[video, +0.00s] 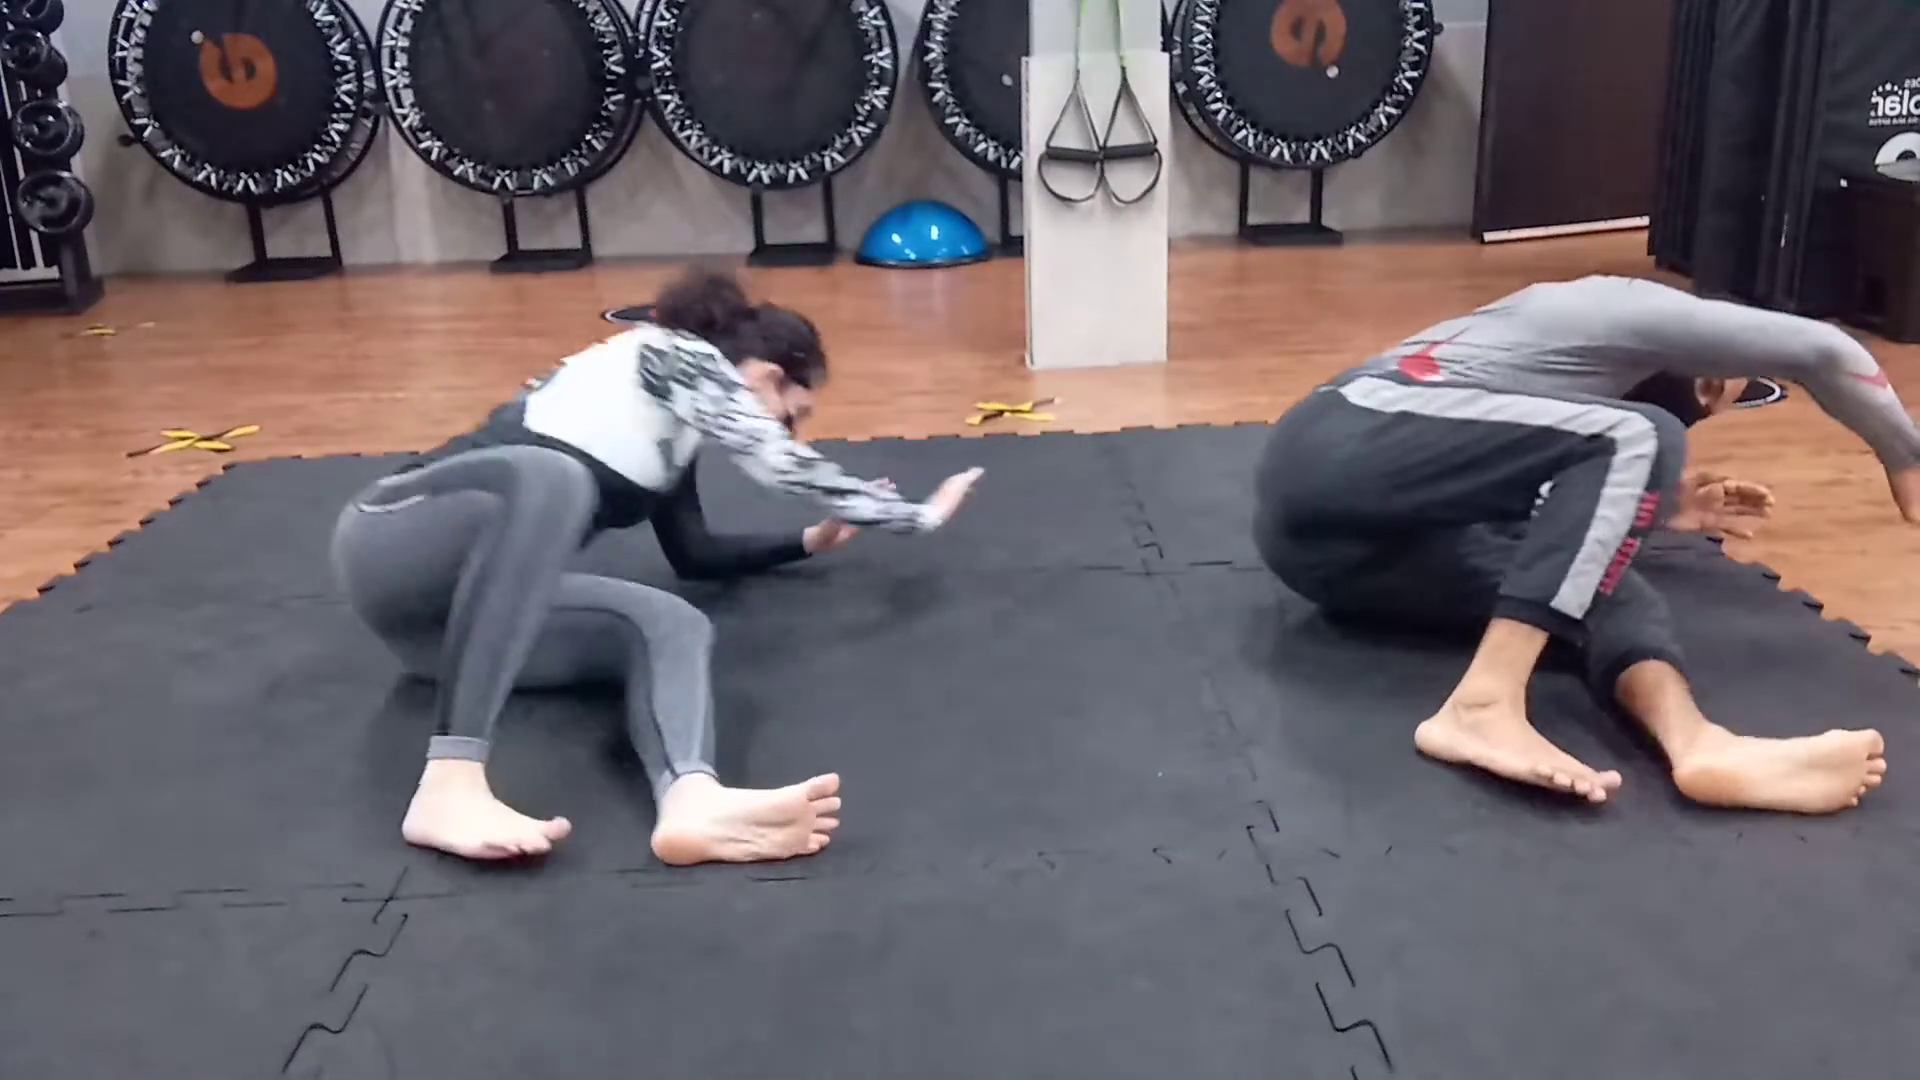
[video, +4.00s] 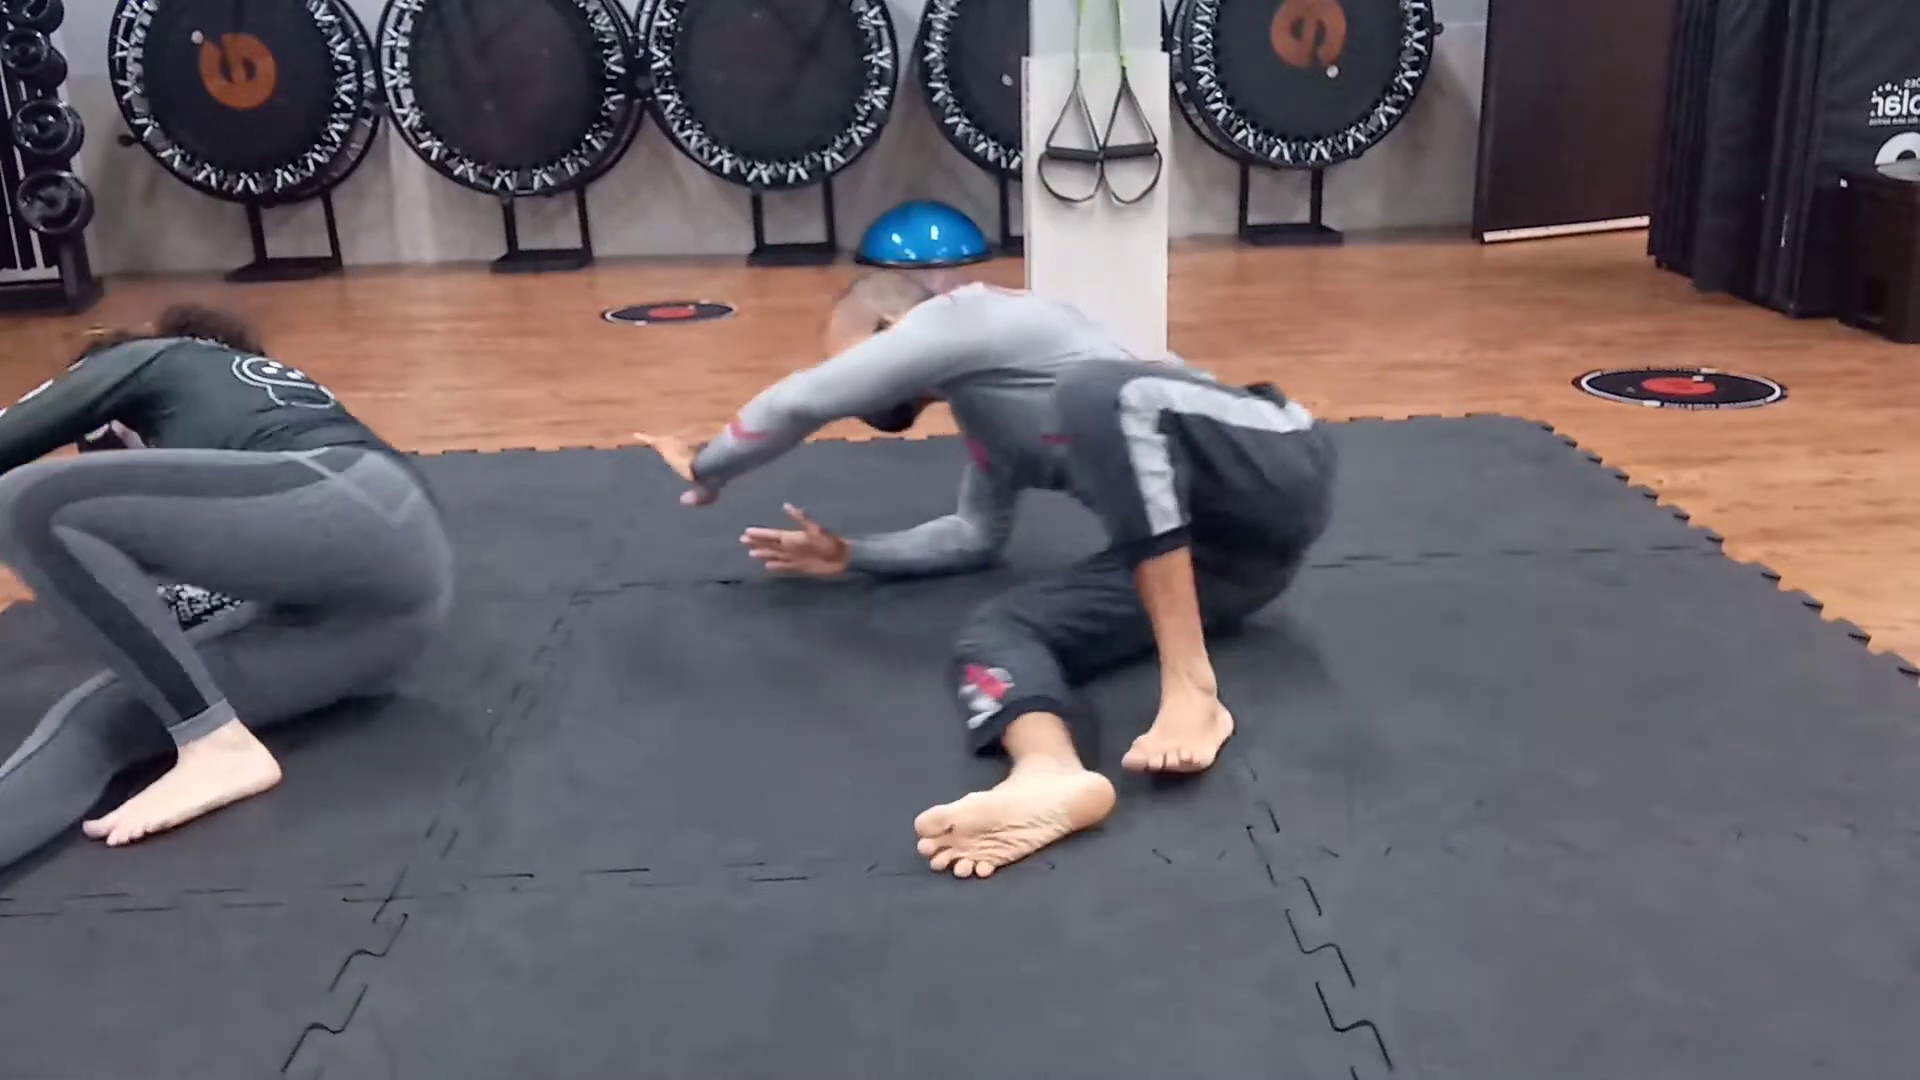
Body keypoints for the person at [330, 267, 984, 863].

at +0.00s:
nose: (783, 430)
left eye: (795, 420)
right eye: (788, 410)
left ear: (750, 377)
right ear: (755, 363)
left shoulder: (663, 424)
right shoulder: (672, 354)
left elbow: (692, 556)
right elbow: (783, 464)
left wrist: (806, 543)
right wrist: (914, 514)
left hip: (465, 622)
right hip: (389, 545)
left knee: (670, 620)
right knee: (554, 480)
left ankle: (689, 796)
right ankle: (452, 779)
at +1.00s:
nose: (500, 287)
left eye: (521, 272)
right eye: (480, 276)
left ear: (564, 284)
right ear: (458, 292)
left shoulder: (587, 412)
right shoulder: (412, 350)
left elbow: (640, 555)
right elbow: (272, 438)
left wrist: (669, 514)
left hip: (489, 581)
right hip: (379, 540)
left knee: (590, 636)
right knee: (258, 552)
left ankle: (657, 819)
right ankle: (145, 848)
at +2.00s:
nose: (144, 299)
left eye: (152, 276)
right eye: (138, 281)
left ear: (224, 262)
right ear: (212, 270)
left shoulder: (340, 337)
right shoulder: (211, 406)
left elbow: (327, 435)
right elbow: (212, 549)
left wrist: (163, 410)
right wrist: (78, 566)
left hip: (381, 581)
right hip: (261, 618)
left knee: (269, 588)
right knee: (73, 691)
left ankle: (378, 841)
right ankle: (130, 908)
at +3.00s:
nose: (105, 359)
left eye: (107, 339)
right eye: (99, 347)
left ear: (159, 320)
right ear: (161, 323)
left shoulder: (248, 343)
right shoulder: (203, 438)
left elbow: (129, 431)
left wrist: (5, 448)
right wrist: (125, 616)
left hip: (359, 586)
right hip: (295, 656)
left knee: (85, 477)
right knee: (48, 704)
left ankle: (224, 758)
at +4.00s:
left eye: (89, 379)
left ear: (128, 360)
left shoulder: (150, 360)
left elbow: (7, 440)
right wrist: (149, 468)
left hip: (368, 508)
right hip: (393, 633)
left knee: (30, 507)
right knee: (102, 717)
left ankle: (217, 742)